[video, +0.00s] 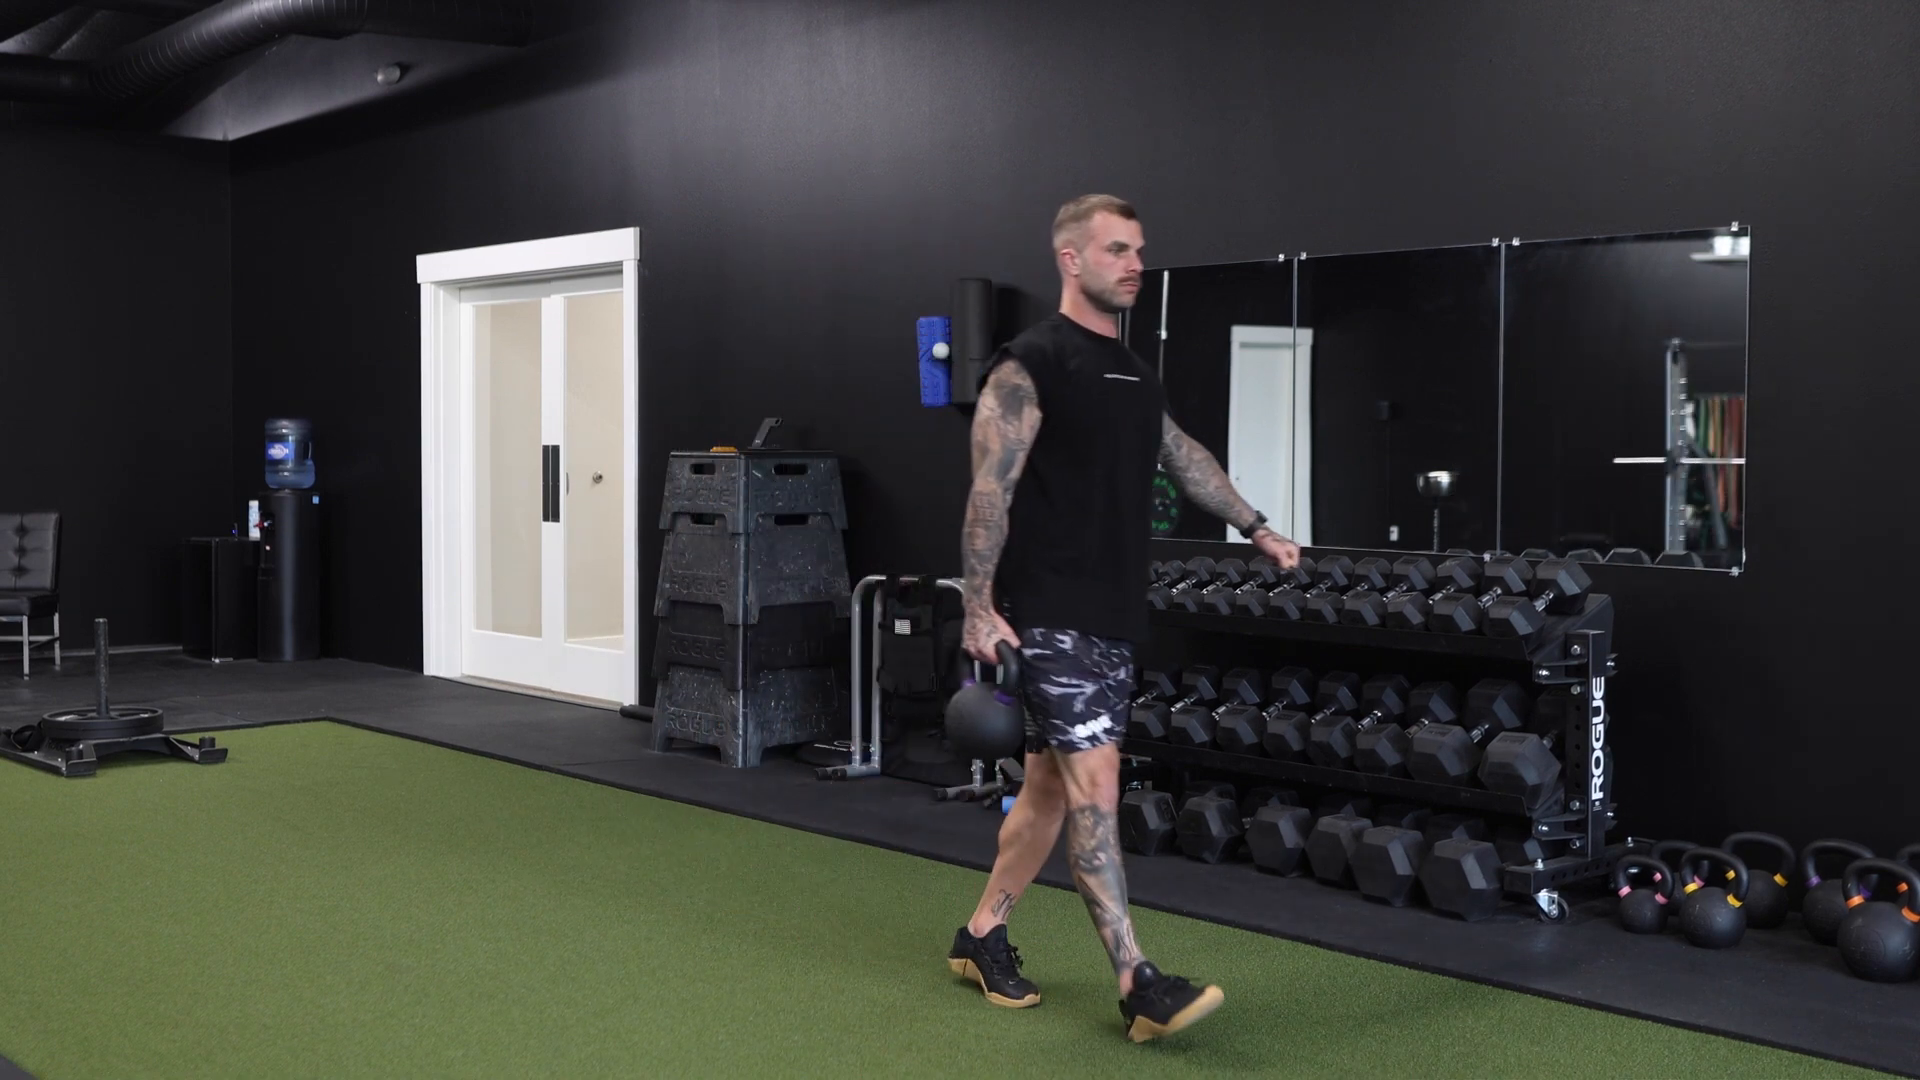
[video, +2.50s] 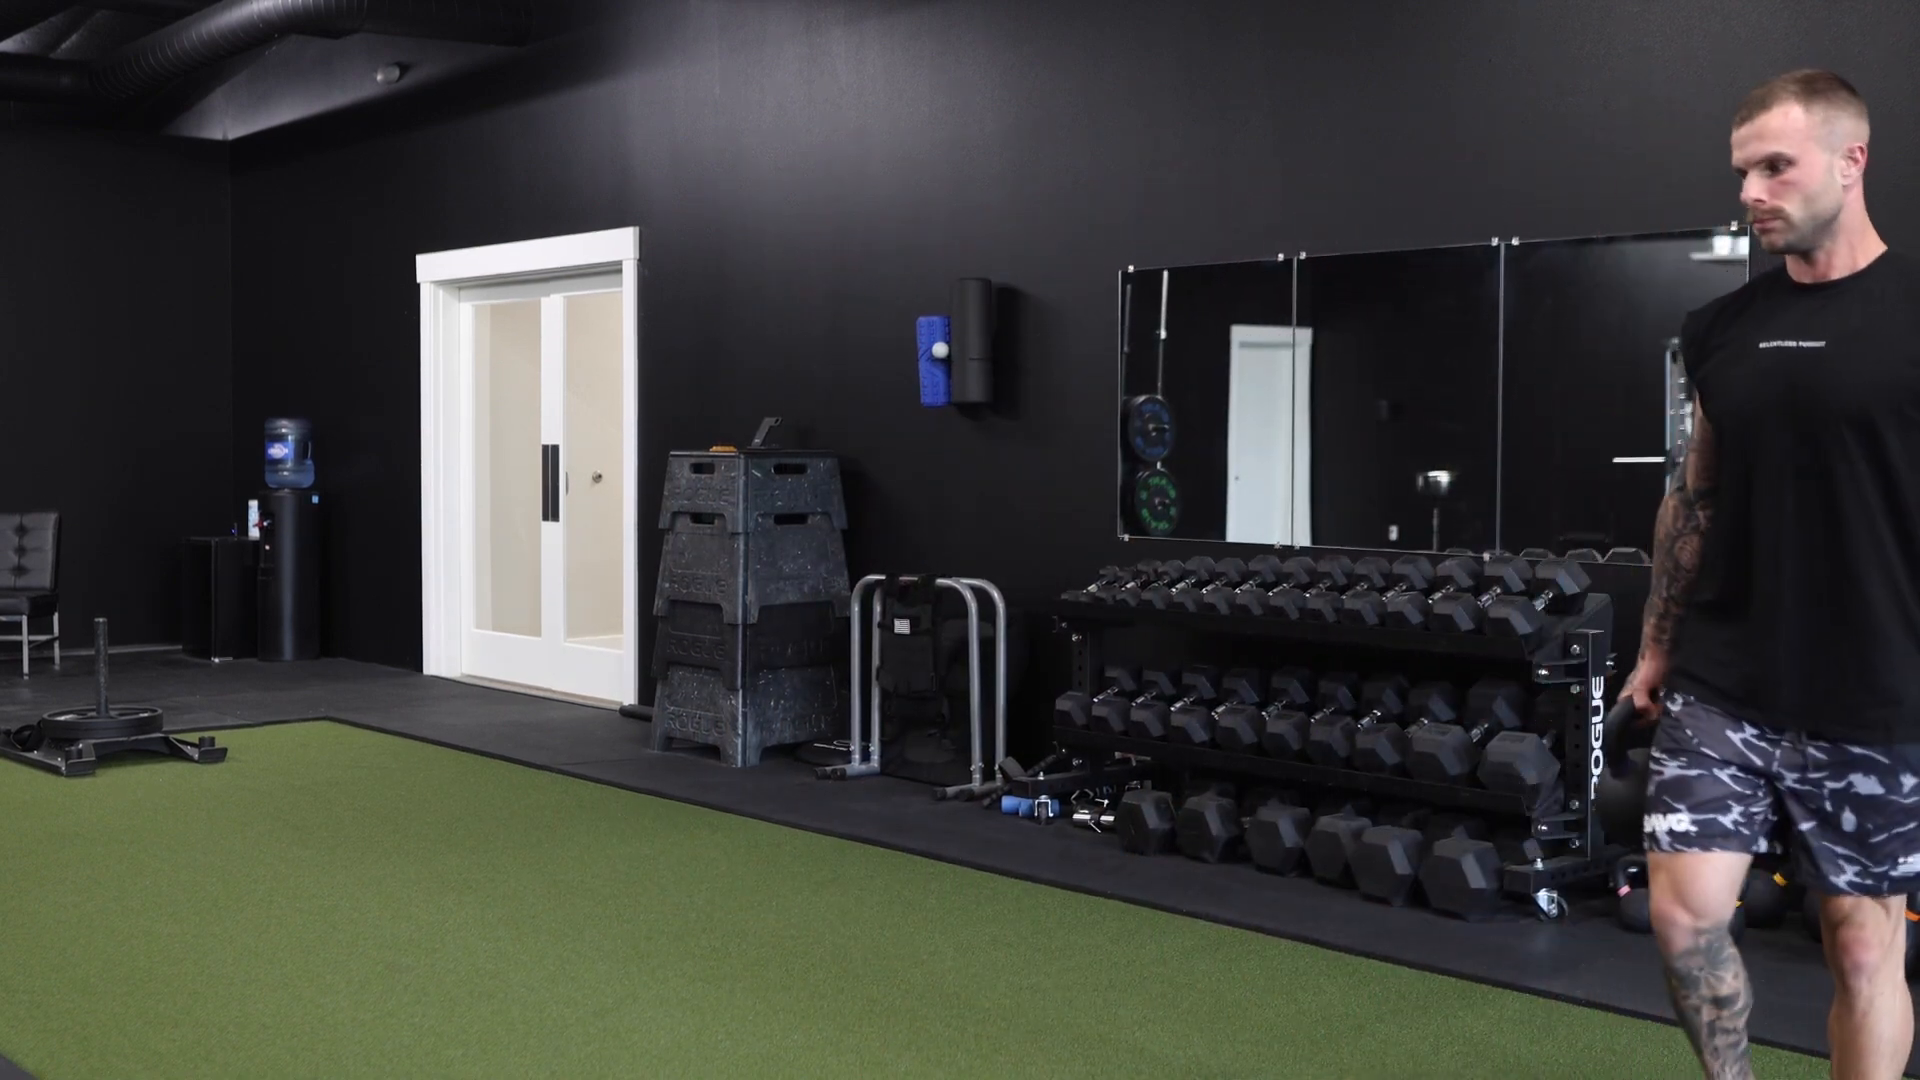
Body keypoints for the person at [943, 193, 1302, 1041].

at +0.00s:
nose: (1135, 265)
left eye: (1139, 253)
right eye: (1118, 251)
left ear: (1132, 265)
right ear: (1068, 259)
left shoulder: (1133, 366)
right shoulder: (1027, 366)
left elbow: (1180, 454)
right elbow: (990, 492)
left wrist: (1253, 524)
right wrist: (976, 604)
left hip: (1113, 613)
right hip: (1047, 609)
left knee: (1048, 786)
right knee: (1093, 783)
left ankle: (982, 932)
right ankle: (1135, 981)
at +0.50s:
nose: (1287, 242)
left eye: (1290, 228)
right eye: (1267, 226)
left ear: (1283, 242)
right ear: (1213, 237)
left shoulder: (1283, 358)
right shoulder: (1172, 357)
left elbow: (1331, 445)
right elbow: (1134, 489)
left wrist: (1403, 517)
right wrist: (1126, 611)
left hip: (1282, 626)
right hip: (1196, 627)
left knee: (1323, 791)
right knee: (1183, 808)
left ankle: (1285, 992)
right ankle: (1162, 996)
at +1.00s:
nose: (1478, 232)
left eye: (1480, 217)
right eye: (1458, 216)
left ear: (1466, 232)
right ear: (1397, 228)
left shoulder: (1461, 354)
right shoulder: (1349, 351)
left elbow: (1506, 459)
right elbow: (1310, 494)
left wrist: (1584, 544)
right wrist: (1296, 626)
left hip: (1454, 633)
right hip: (1380, 633)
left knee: (1410, 845)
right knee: (1470, 821)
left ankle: (1370, 1038)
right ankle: (1319, 965)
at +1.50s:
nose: (1667, 217)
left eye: (1670, 200)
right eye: (1643, 200)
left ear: (1667, 212)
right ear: (1579, 213)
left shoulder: (1653, 344)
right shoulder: (1533, 346)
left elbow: (1718, 454)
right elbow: (1481, 504)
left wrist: (1809, 541)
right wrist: (1467, 647)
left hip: (1659, 654)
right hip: (1577, 657)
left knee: (1670, 866)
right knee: (1613, 879)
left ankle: (1480, 991)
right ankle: (1630, 1072)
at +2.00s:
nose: (1753, 201)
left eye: (1771, 180)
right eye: (1729, 185)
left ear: (1802, 186)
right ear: (1696, 201)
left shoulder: (1863, 338)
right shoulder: (1647, 338)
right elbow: (1595, 502)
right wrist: (1566, 652)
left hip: (1826, 668)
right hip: (1686, 671)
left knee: (1832, 904)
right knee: (1698, 911)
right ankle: (1646, 1074)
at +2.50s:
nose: (1751, 192)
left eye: (1776, 167)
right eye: (1742, 172)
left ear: (1853, 164)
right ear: (1738, 178)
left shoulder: (1907, 312)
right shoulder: (1725, 327)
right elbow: (1694, 494)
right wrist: (1655, 644)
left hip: (1873, 693)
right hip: (1722, 681)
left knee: (1863, 951)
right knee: (1683, 918)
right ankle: (1729, 1073)